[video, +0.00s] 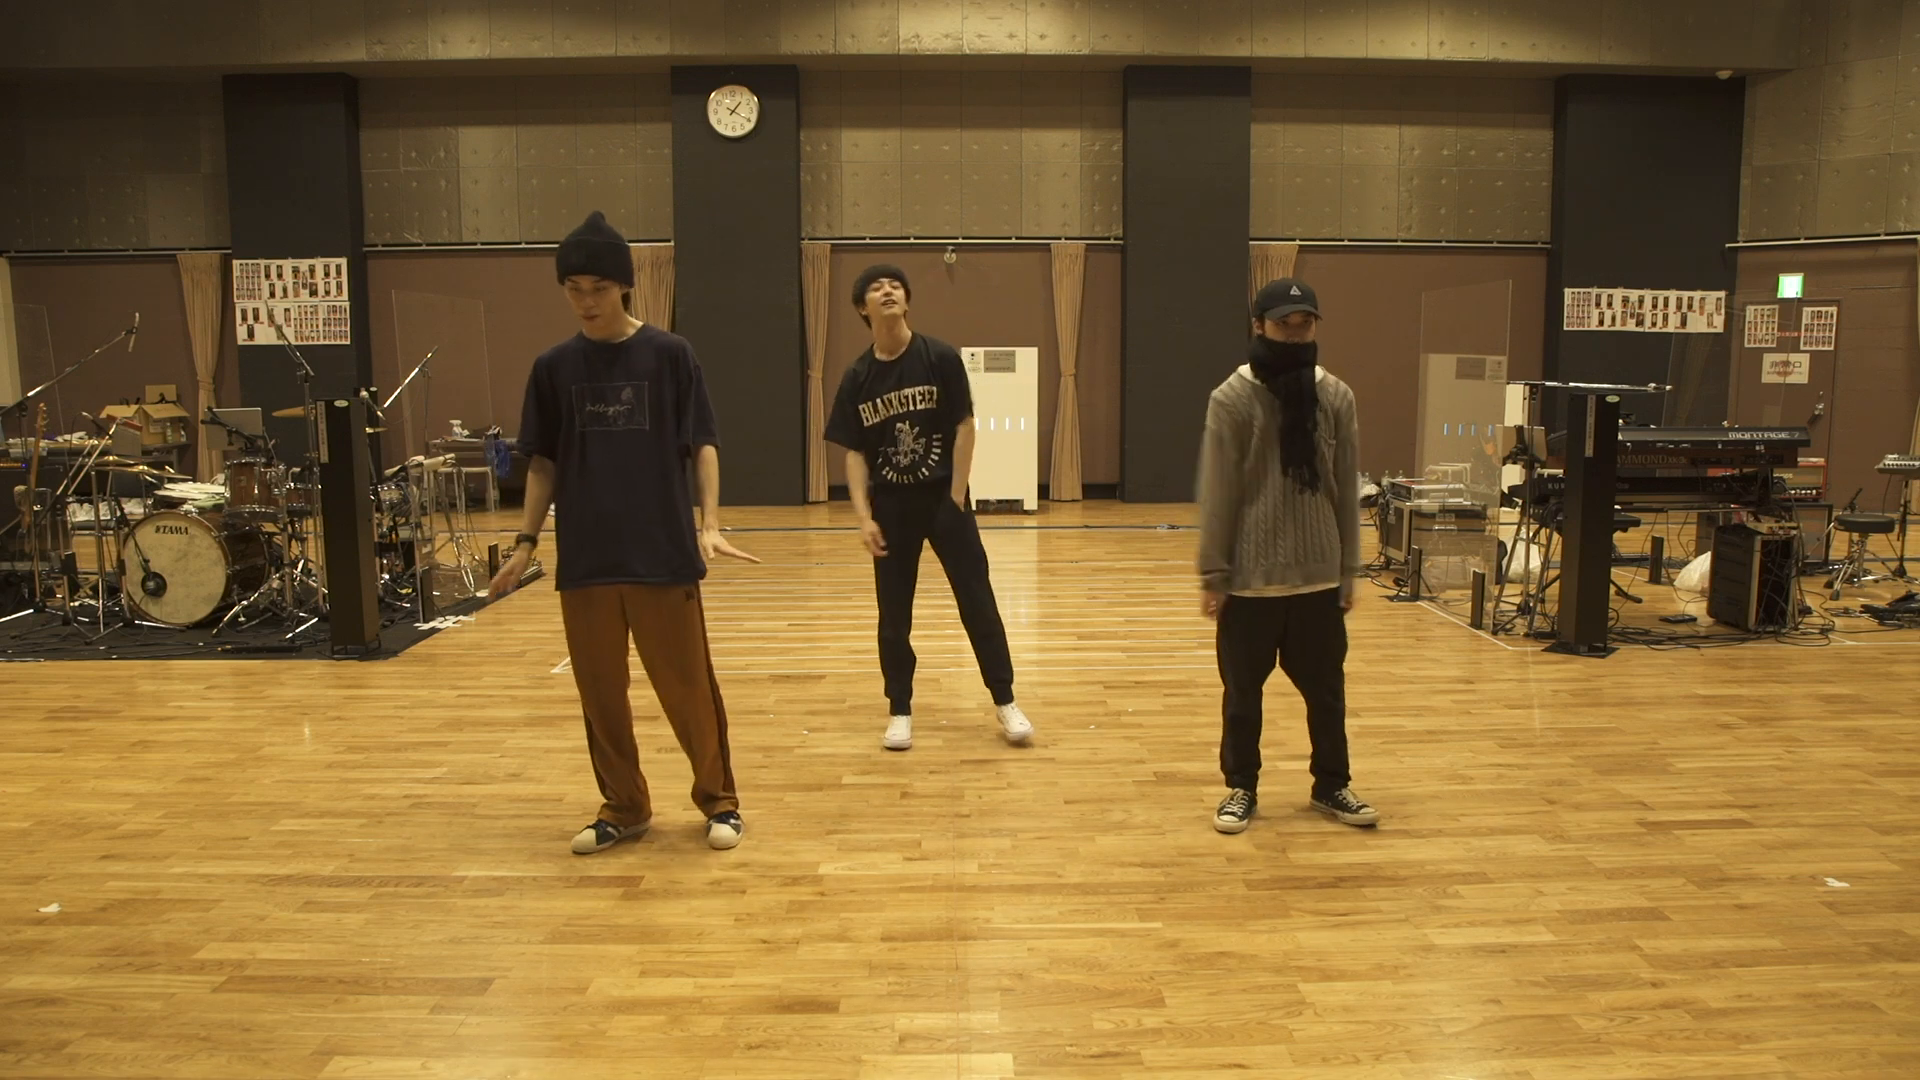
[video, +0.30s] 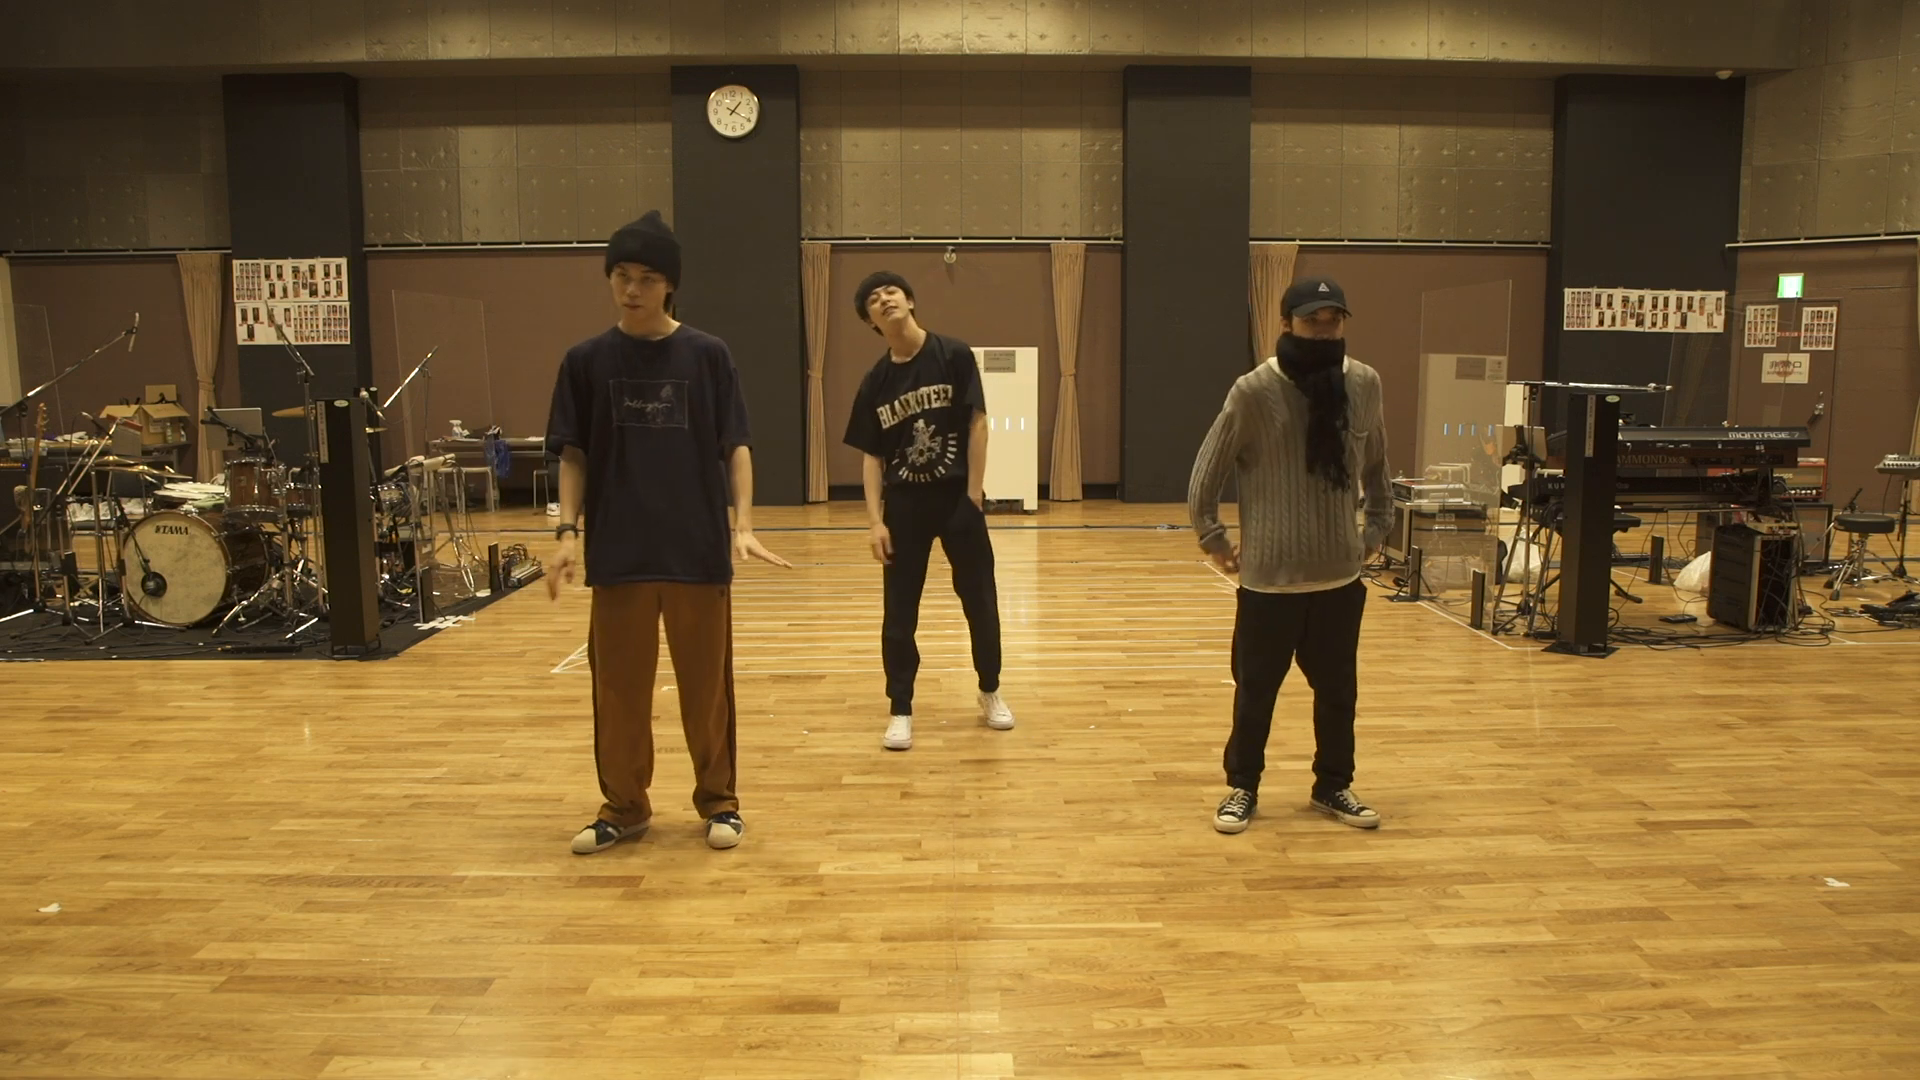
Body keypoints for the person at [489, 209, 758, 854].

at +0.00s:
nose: (587, 302)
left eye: (598, 289)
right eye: (576, 291)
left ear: (625, 284)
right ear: (565, 290)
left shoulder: (670, 355)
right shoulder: (553, 368)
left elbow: (704, 444)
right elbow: (541, 464)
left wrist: (709, 521)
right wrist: (525, 545)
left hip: (662, 553)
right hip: (585, 558)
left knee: (688, 685)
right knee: (600, 693)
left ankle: (720, 804)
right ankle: (624, 809)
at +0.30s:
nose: (631, 291)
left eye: (645, 279)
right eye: (622, 278)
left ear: (670, 284)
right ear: (609, 282)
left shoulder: (708, 355)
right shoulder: (586, 361)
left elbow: (736, 444)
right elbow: (572, 454)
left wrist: (743, 522)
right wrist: (567, 533)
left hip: (697, 551)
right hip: (618, 554)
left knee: (707, 684)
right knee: (618, 687)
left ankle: (720, 803)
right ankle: (624, 808)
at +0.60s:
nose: (665, 284)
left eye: (679, 274)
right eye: (656, 273)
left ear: (703, 282)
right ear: (643, 281)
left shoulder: (739, 360)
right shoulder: (617, 359)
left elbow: (758, 458)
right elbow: (605, 455)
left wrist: (759, 542)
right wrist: (607, 535)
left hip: (724, 552)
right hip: (646, 552)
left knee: (725, 687)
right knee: (634, 687)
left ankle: (721, 803)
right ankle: (625, 805)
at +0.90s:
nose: (676, 281)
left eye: (689, 270)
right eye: (665, 271)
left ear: (713, 276)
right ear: (652, 279)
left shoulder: (751, 360)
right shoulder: (626, 356)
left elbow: (779, 450)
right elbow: (606, 446)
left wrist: (780, 519)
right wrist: (605, 520)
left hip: (727, 551)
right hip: (647, 553)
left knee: (726, 682)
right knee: (637, 682)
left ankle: (721, 805)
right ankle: (637, 805)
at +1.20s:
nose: (657, 285)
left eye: (670, 272)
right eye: (646, 274)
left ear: (696, 278)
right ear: (633, 283)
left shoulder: (732, 363)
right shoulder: (605, 359)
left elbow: (780, 446)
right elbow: (586, 443)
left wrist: (763, 499)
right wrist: (589, 510)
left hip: (708, 553)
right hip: (629, 556)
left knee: (716, 684)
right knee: (641, 695)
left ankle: (721, 807)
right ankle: (668, 817)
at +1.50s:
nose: (591, 288)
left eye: (604, 274)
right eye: (579, 277)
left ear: (635, 278)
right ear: (569, 283)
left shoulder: (670, 353)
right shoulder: (571, 349)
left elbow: (739, 436)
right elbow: (583, 438)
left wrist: (677, 501)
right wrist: (589, 506)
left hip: (668, 533)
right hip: (609, 531)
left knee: (622, 658)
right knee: (623, 668)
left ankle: (669, 792)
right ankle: (659, 808)